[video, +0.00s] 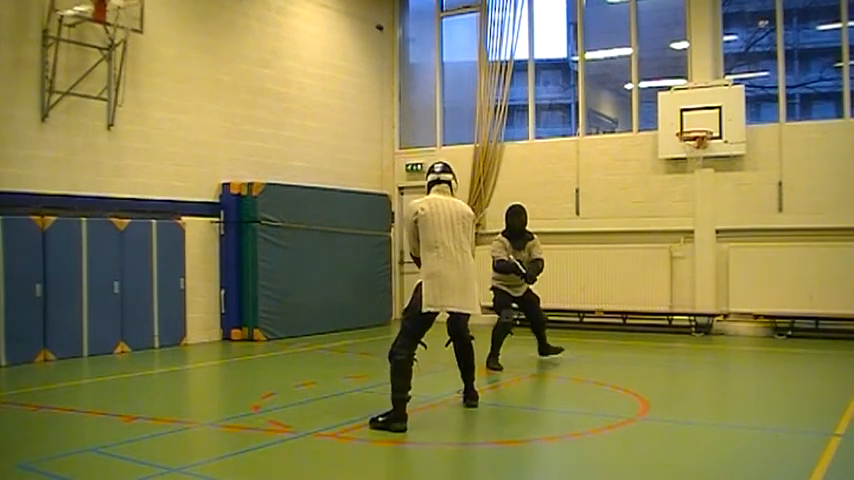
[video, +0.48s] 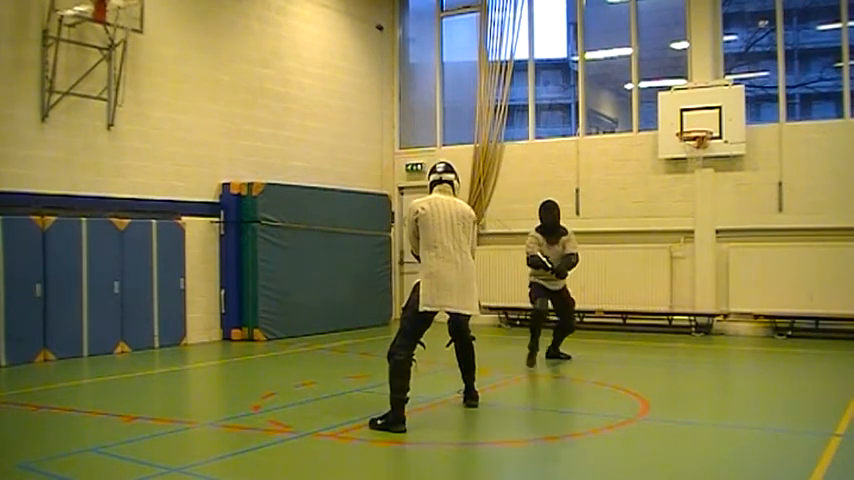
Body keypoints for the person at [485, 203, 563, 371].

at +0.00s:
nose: (517, 223)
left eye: (520, 219)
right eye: (513, 219)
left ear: (526, 221)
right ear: (507, 221)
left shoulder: (532, 240)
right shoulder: (500, 242)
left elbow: (538, 261)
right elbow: (498, 264)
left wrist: (530, 272)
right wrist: (515, 266)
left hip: (523, 289)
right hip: (502, 288)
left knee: (537, 316)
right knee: (506, 318)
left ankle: (543, 345)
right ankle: (493, 356)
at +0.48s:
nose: (550, 218)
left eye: (553, 214)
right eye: (546, 214)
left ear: (559, 215)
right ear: (540, 217)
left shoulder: (567, 235)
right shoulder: (535, 236)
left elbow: (573, 256)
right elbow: (531, 259)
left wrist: (562, 267)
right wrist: (549, 267)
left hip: (558, 285)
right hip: (539, 283)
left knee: (568, 323)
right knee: (540, 310)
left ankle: (554, 349)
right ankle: (533, 348)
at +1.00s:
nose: (577, 230)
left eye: (580, 225)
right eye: (574, 226)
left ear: (586, 221)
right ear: (568, 223)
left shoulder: (594, 237)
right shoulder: (562, 239)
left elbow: (601, 261)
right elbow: (556, 263)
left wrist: (588, 268)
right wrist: (575, 265)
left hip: (586, 286)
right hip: (565, 287)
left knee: (605, 316)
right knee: (571, 320)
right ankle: (562, 354)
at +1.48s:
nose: (621, 220)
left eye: (624, 215)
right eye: (618, 215)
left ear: (631, 214)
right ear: (614, 216)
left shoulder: (640, 234)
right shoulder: (607, 233)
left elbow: (645, 258)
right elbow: (600, 257)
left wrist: (633, 270)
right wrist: (609, 260)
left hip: (630, 283)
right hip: (609, 282)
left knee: (644, 319)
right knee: (603, 314)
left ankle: (635, 351)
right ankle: (588, 349)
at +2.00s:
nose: (640, 222)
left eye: (643, 218)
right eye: (636, 219)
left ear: (649, 215)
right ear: (630, 218)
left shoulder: (658, 234)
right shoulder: (626, 234)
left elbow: (664, 256)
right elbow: (616, 255)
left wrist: (648, 261)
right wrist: (623, 252)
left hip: (652, 286)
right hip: (632, 286)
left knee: (660, 326)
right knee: (636, 320)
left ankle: (640, 346)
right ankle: (636, 356)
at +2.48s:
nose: (648, 231)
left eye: (650, 226)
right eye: (644, 227)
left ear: (656, 222)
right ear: (638, 224)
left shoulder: (668, 240)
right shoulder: (632, 242)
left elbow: (674, 263)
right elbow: (622, 268)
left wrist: (660, 273)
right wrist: (637, 260)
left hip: (661, 291)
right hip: (639, 291)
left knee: (670, 326)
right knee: (635, 319)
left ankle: (666, 353)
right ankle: (629, 356)